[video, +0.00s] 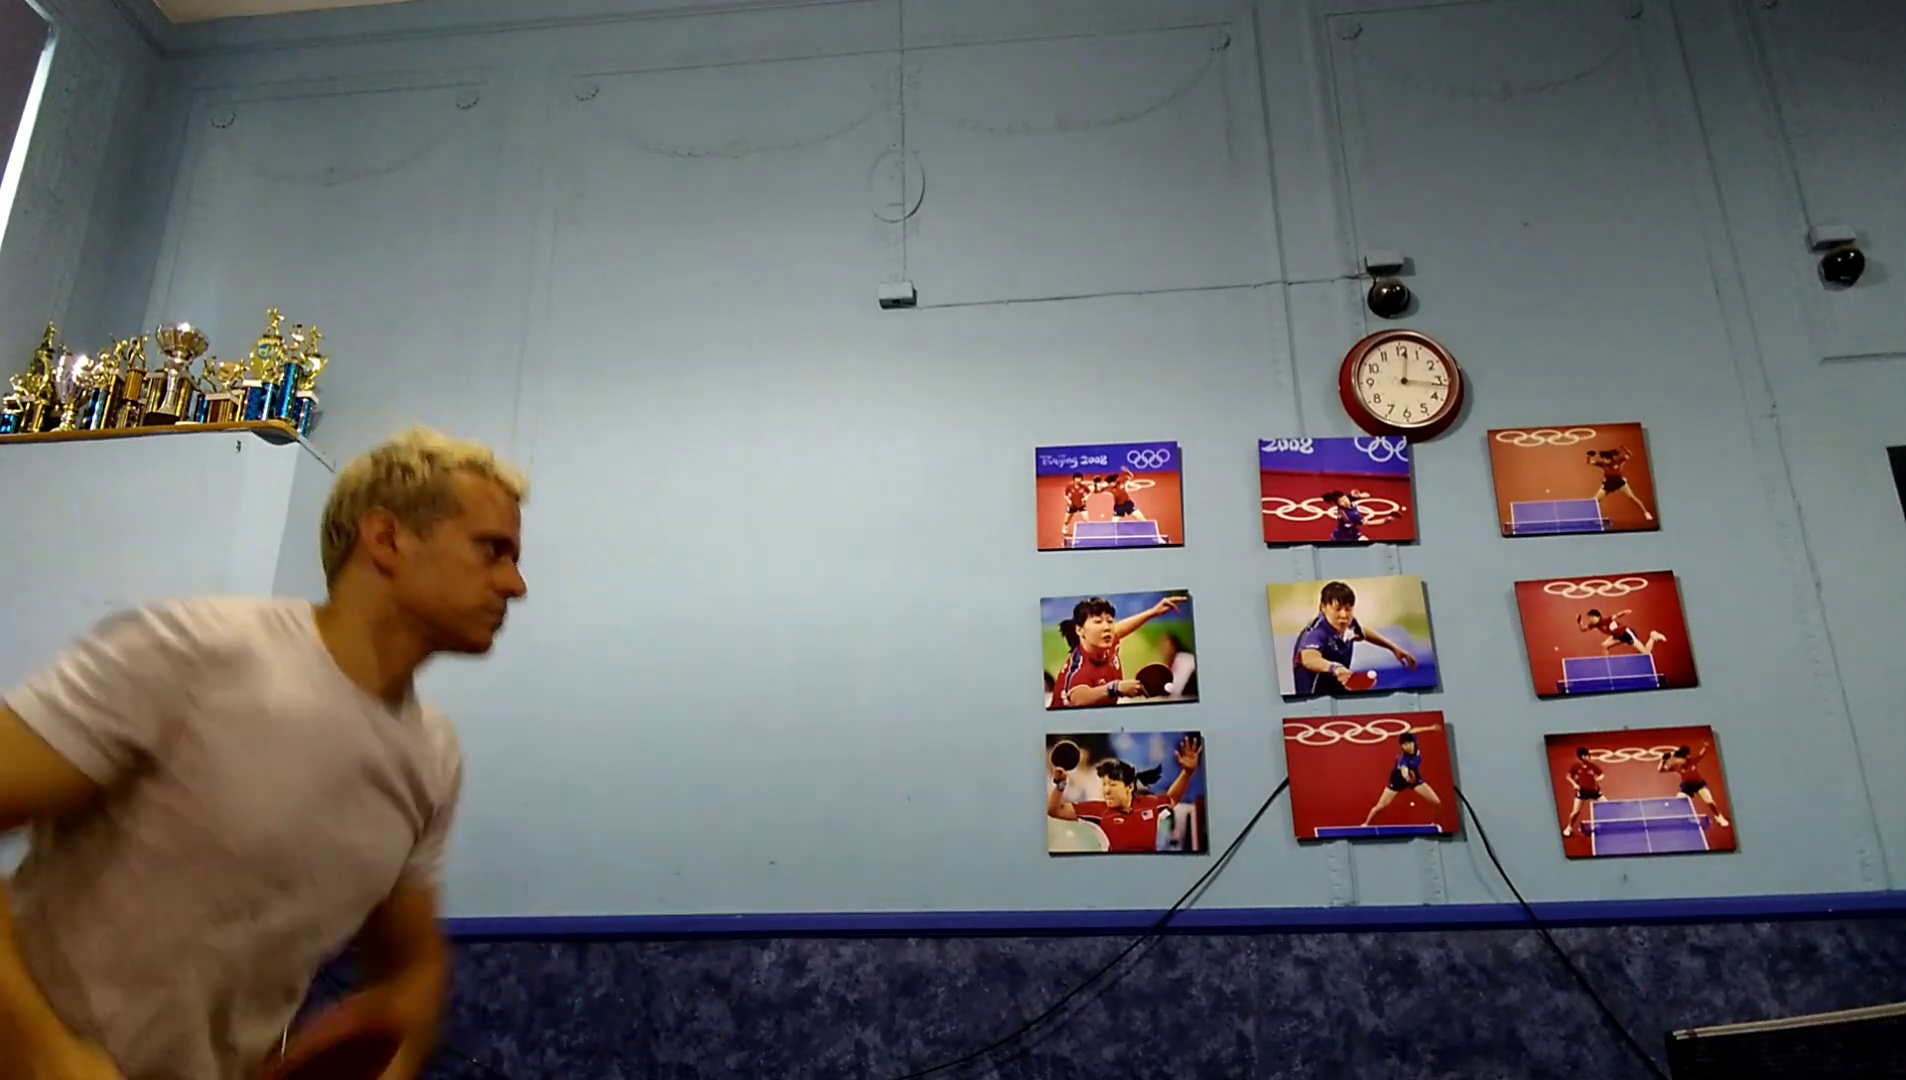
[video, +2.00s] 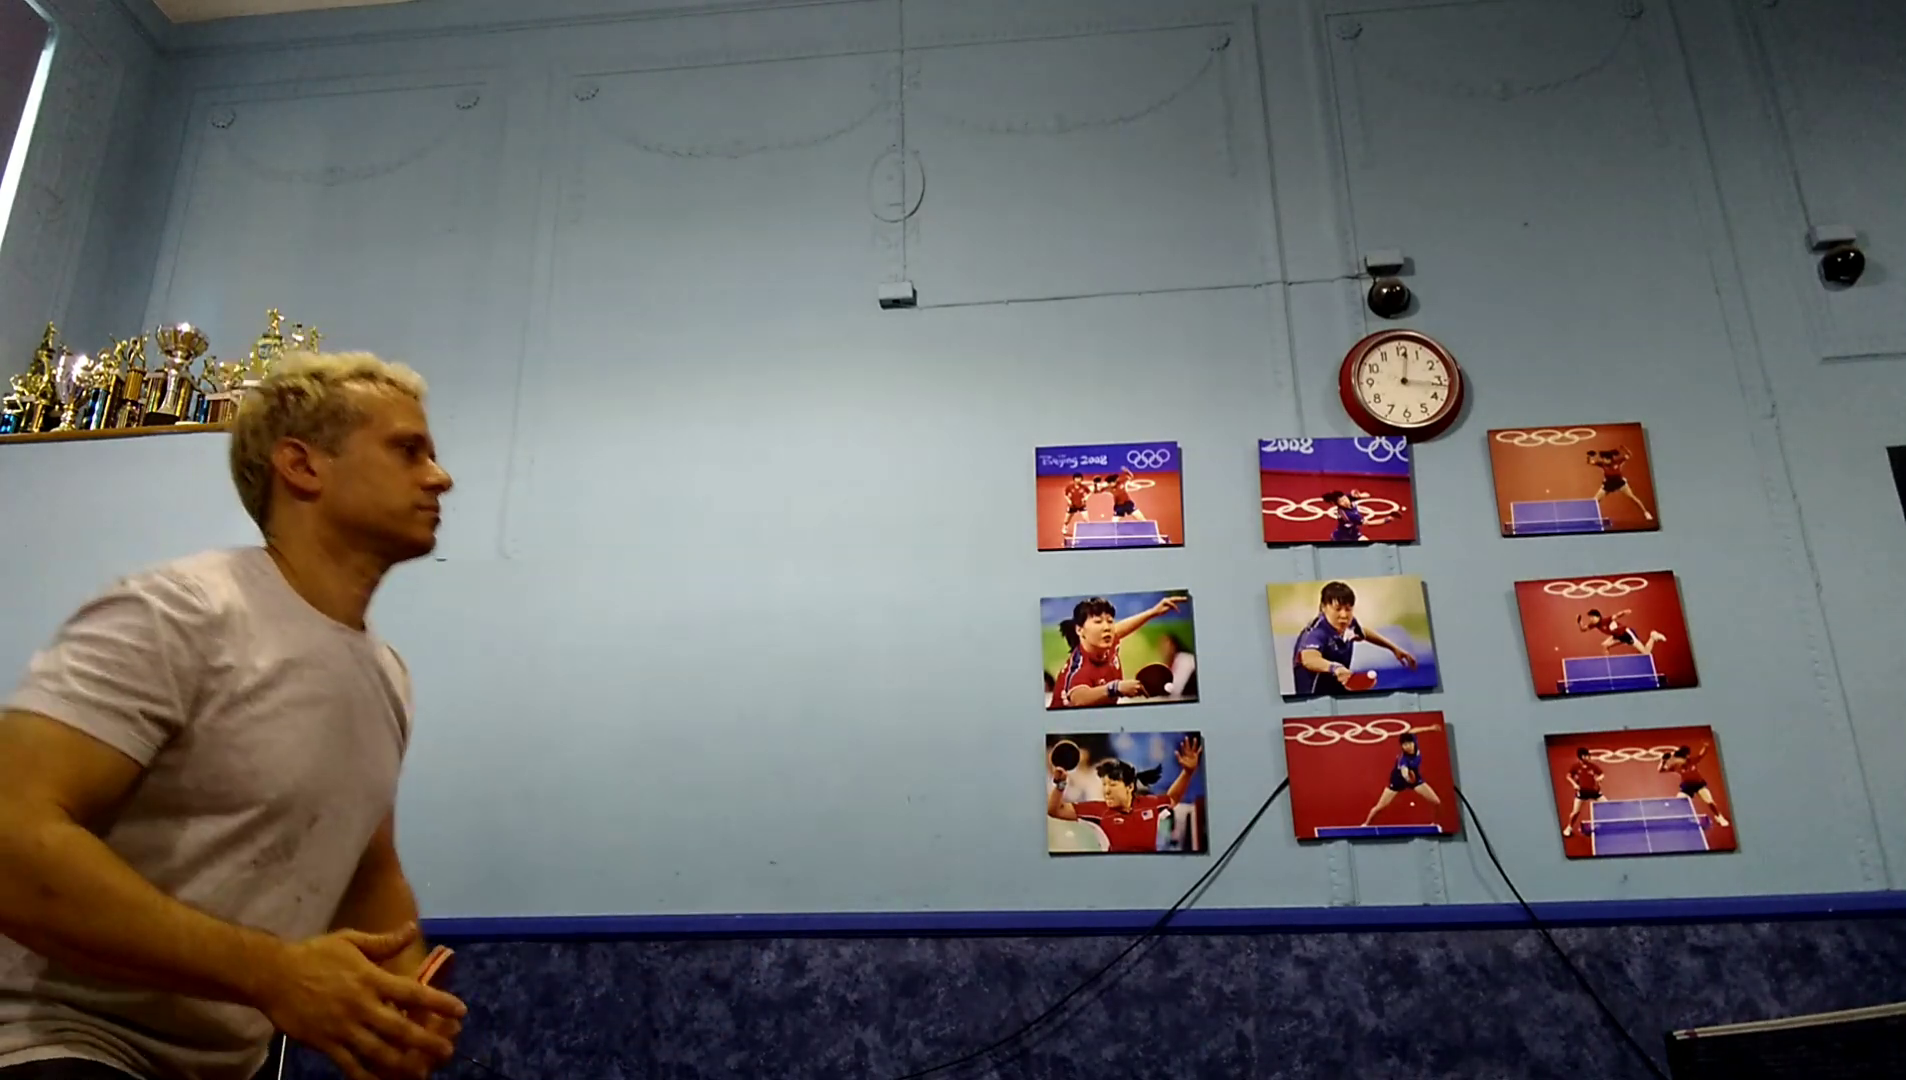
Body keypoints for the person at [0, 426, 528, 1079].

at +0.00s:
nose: (517, 583)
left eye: (514, 559)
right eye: (494, 550)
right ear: (386, 541)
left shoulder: (429, 758)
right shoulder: (188, 653)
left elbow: (413, 961)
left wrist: (388, 1043)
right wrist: (40, 1045)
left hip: (223, 1065)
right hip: (43, 1046)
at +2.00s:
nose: (440, 476)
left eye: (432, 456)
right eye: (409, 450)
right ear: (302, 465)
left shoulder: (383, 678)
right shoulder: (178, 611)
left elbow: (367, 871)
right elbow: (13, 832)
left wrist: (400, 992)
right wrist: (275, 973)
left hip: (239, 1059)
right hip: (78, 1032)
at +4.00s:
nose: (503, 563)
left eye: (509, 538)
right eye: (484, 529)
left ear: (419, 528)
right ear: (377, 507)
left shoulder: (471, 687)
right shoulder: (158, 610)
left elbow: (683, 733)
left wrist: (893, 737)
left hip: (221, 1068)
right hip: (35, 1022)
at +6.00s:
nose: (522, 566)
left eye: (525, 545)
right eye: (502, 533)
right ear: (402, 515)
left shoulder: (470, 712)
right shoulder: (191, 624)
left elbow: (628, 791)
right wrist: (10, 905)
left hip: (252, 1061)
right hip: (67, 1032)